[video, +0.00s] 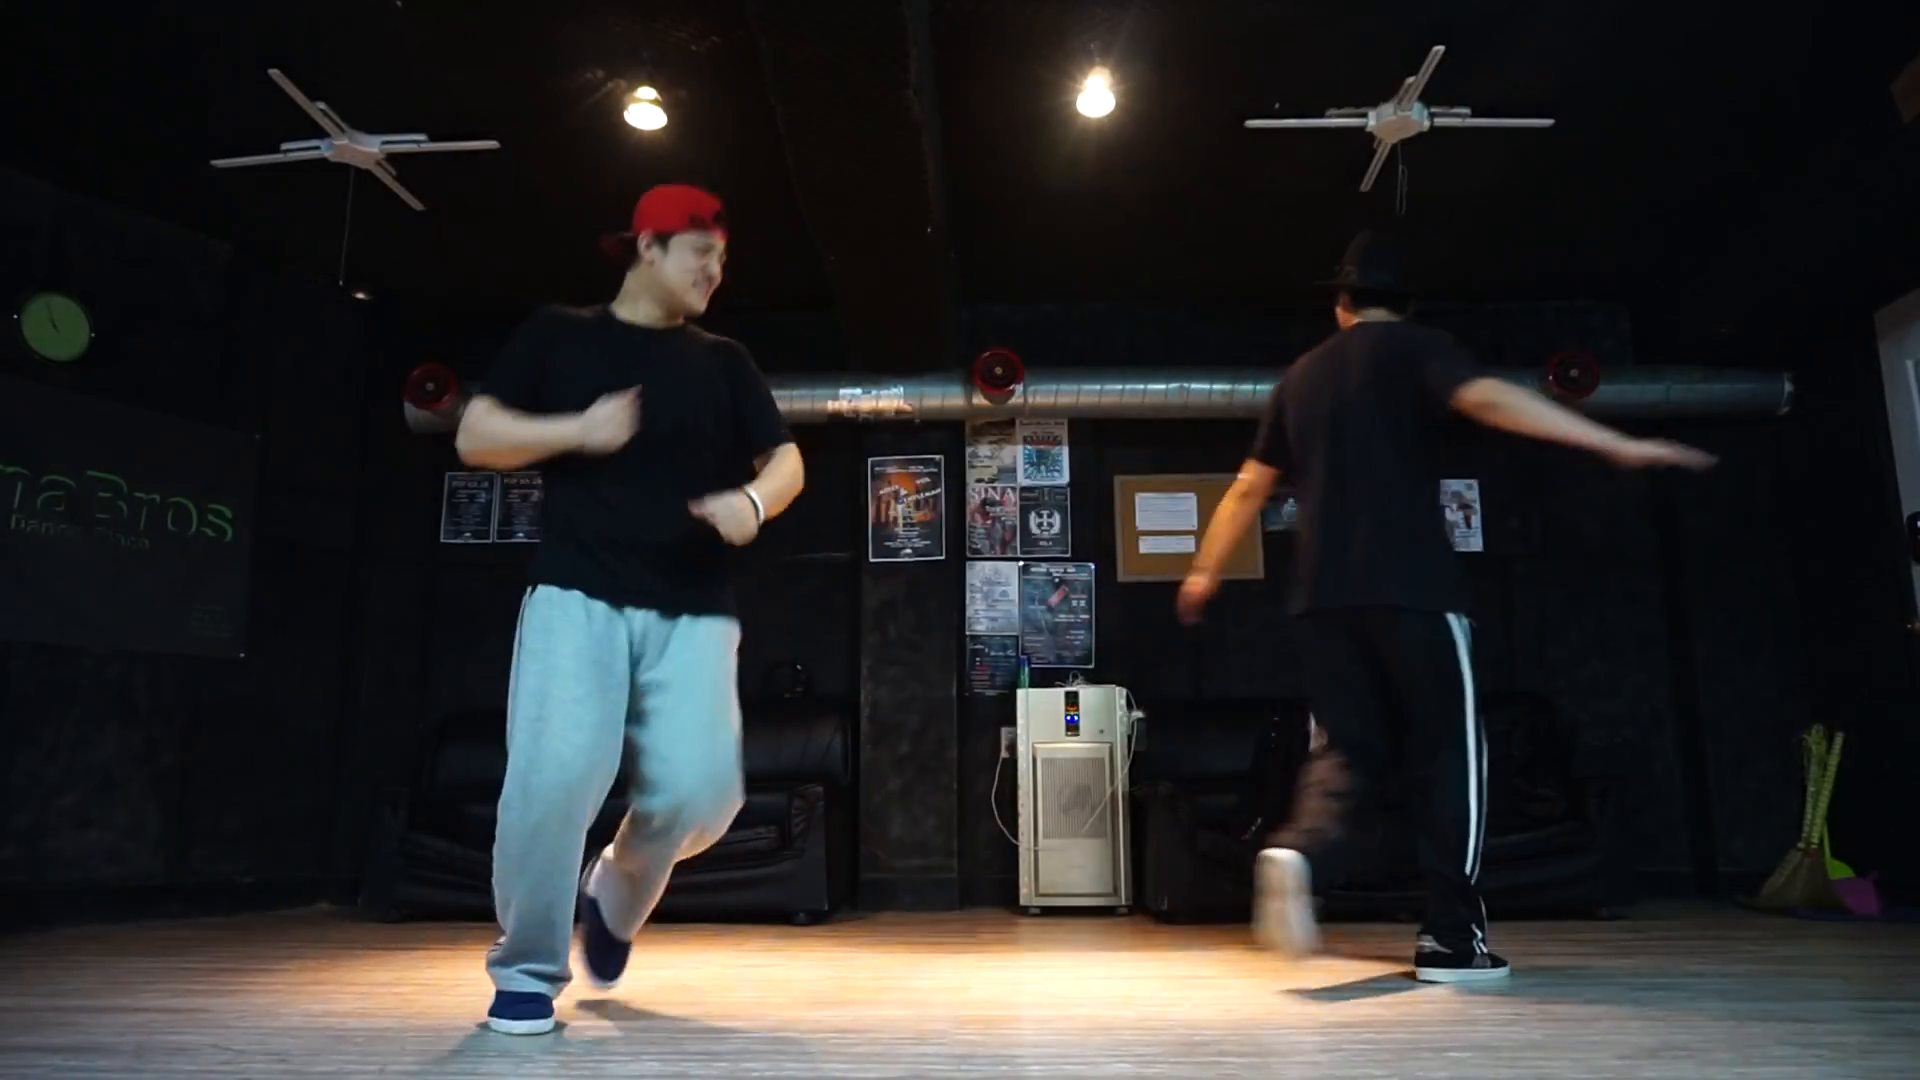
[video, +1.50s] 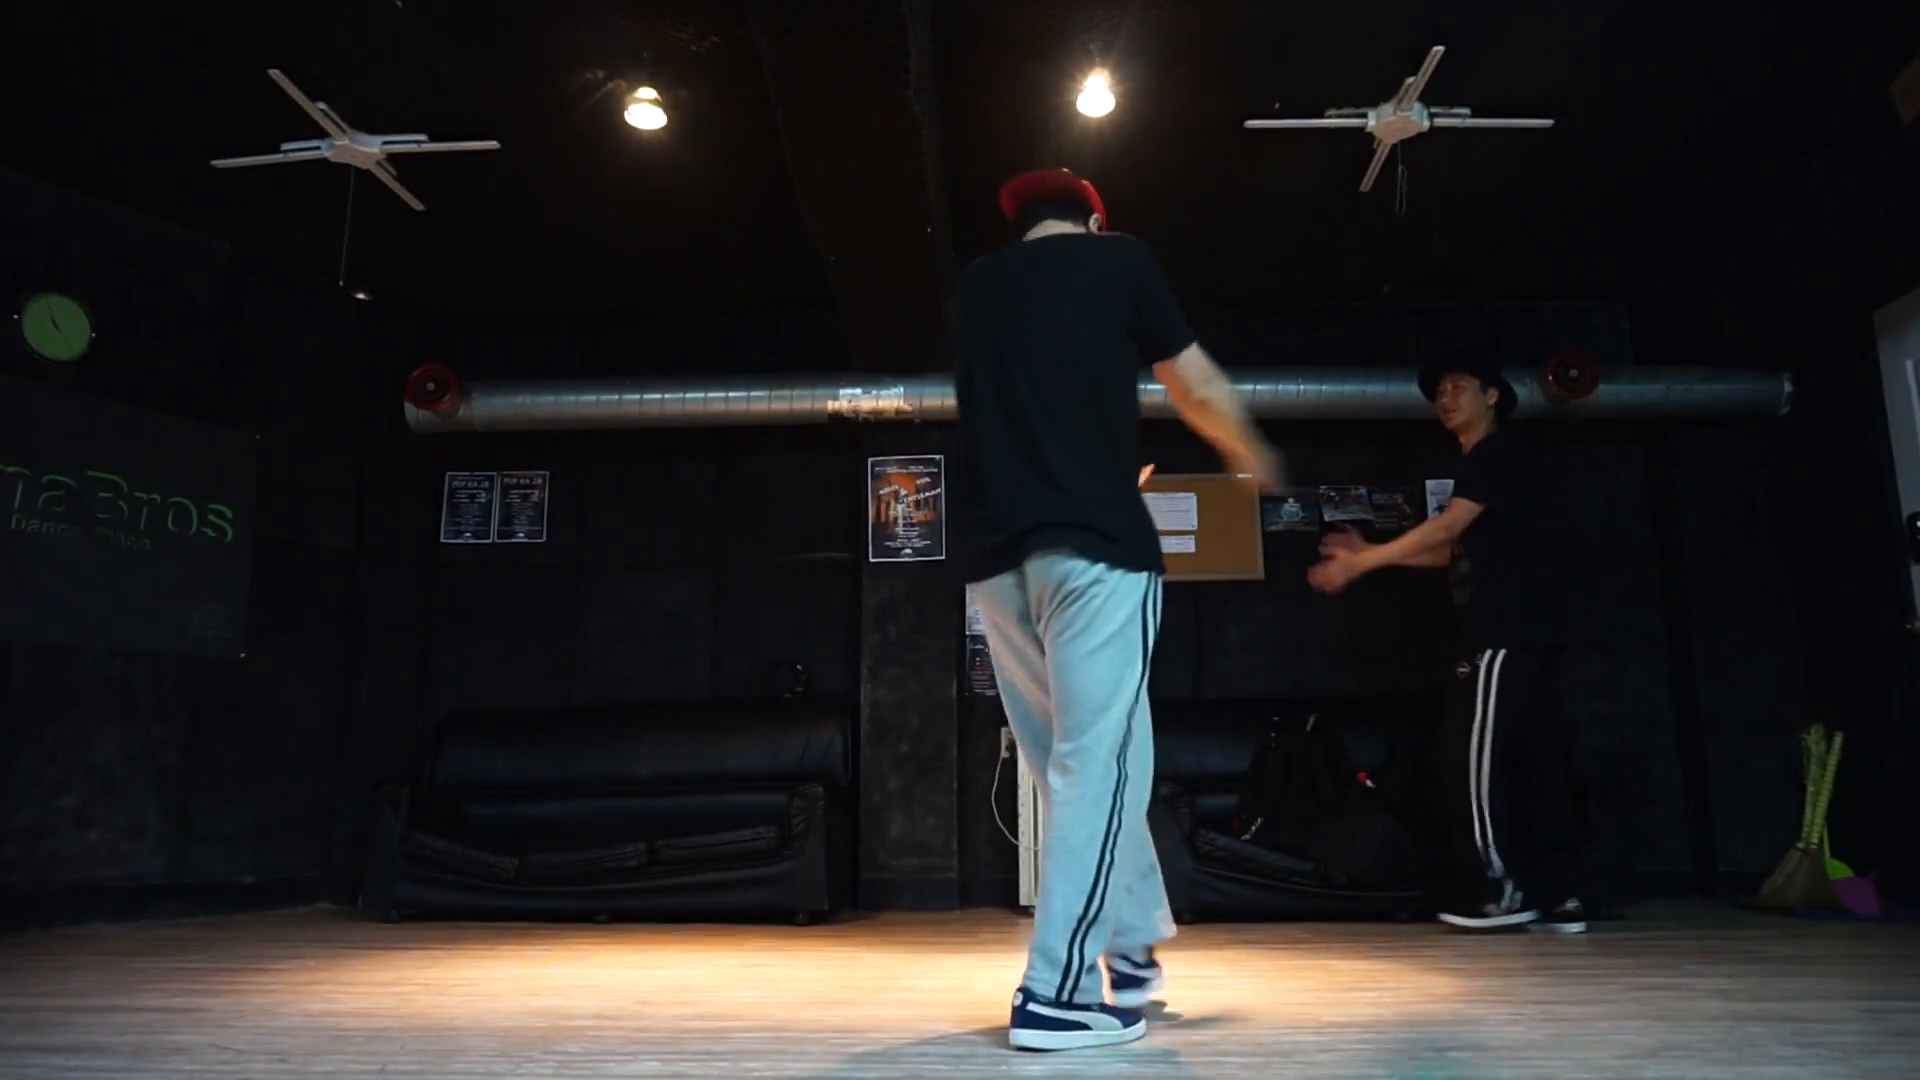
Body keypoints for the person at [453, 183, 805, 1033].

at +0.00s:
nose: (715, 270)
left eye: (720, 257)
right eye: (701, 253)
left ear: (713, 265)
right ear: (648, 250)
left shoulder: (724, 363)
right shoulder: (560, 336)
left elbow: (787, 463)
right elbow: (473, 437)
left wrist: (755, 500)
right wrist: (576, 430)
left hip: (696, 611)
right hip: (578, 598)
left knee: (701, 795)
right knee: (555, 780)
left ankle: (614, 897)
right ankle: (526, 973)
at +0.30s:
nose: (801, 209)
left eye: (806, 197)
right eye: (787, 190)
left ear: (790, 211)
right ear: (733, 186)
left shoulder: (755, 309)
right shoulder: (659, 243)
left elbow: (729, 433)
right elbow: (643, 311)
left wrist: (774, 514)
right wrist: (794, 374)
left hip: (741, 569)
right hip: (641, 559)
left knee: (780, 760)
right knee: (593, 771)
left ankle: (740, 995)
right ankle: (526, 970)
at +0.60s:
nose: (891, 260)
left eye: (901, 247)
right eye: (893, 238)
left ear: (860, 220)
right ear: (854, 208)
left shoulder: (804, 293)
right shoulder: (773, 259)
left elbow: (769, 446)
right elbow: (802, 390)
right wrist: (860, 520)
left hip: (800, 576)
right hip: (781, 574)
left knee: (877, 769)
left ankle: (767, 1001)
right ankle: (662, 891)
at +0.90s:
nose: (999, 207)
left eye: (1003, 190)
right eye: (999, 184)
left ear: (937, 158)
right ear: (967, 160)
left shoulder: (895, 242)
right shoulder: (915, 212)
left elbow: (815, 380)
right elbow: (858, 308)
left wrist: (757, 488)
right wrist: (799, 403)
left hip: (838, 526)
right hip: (906, 522)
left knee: (824, 760)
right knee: (1010, 739)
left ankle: (741, 993)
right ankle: (1059, 985)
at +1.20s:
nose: (1100, 258)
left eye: (1102, 248)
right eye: (1099, 246)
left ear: (1019, 219)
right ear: (1078, 228)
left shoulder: (945, 296)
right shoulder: (1043, 257)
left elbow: (885, 417)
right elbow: (1095, 320)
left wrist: (821, 497)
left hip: (943, 580)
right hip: (1036, 569)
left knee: (1008, 772)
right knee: (1106, 782)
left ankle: (903, 901)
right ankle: (1057, 1000)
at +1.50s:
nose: (1097, 231)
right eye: (1096, 220)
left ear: (1015, 229)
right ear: (1094, 219)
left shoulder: (977, 286)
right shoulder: (1117, 261)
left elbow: (1008, 414)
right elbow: (1196, 391)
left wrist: (1109, 474)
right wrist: (1255, 459)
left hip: (995, 556)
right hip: (1095, 539)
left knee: (1084, 760)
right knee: (1091, 766)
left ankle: (1129, 960)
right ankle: (1054, 996)